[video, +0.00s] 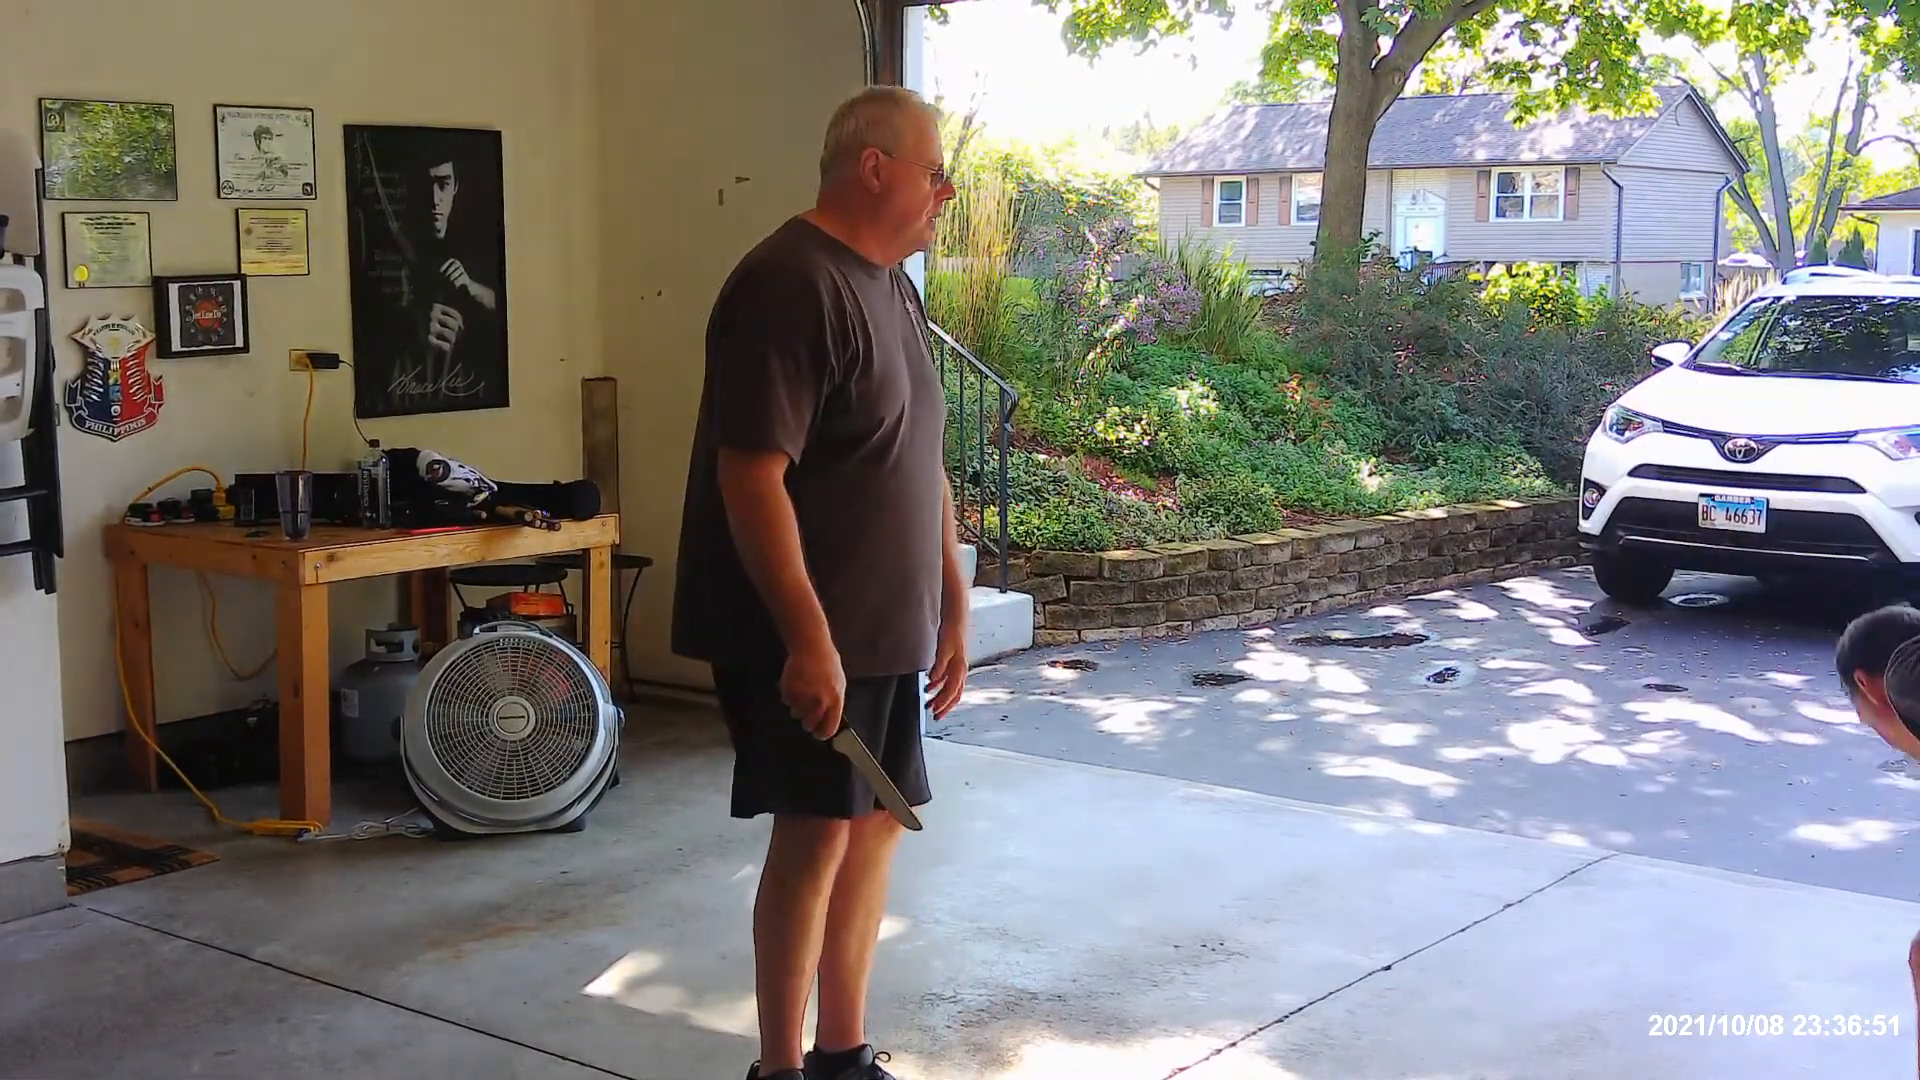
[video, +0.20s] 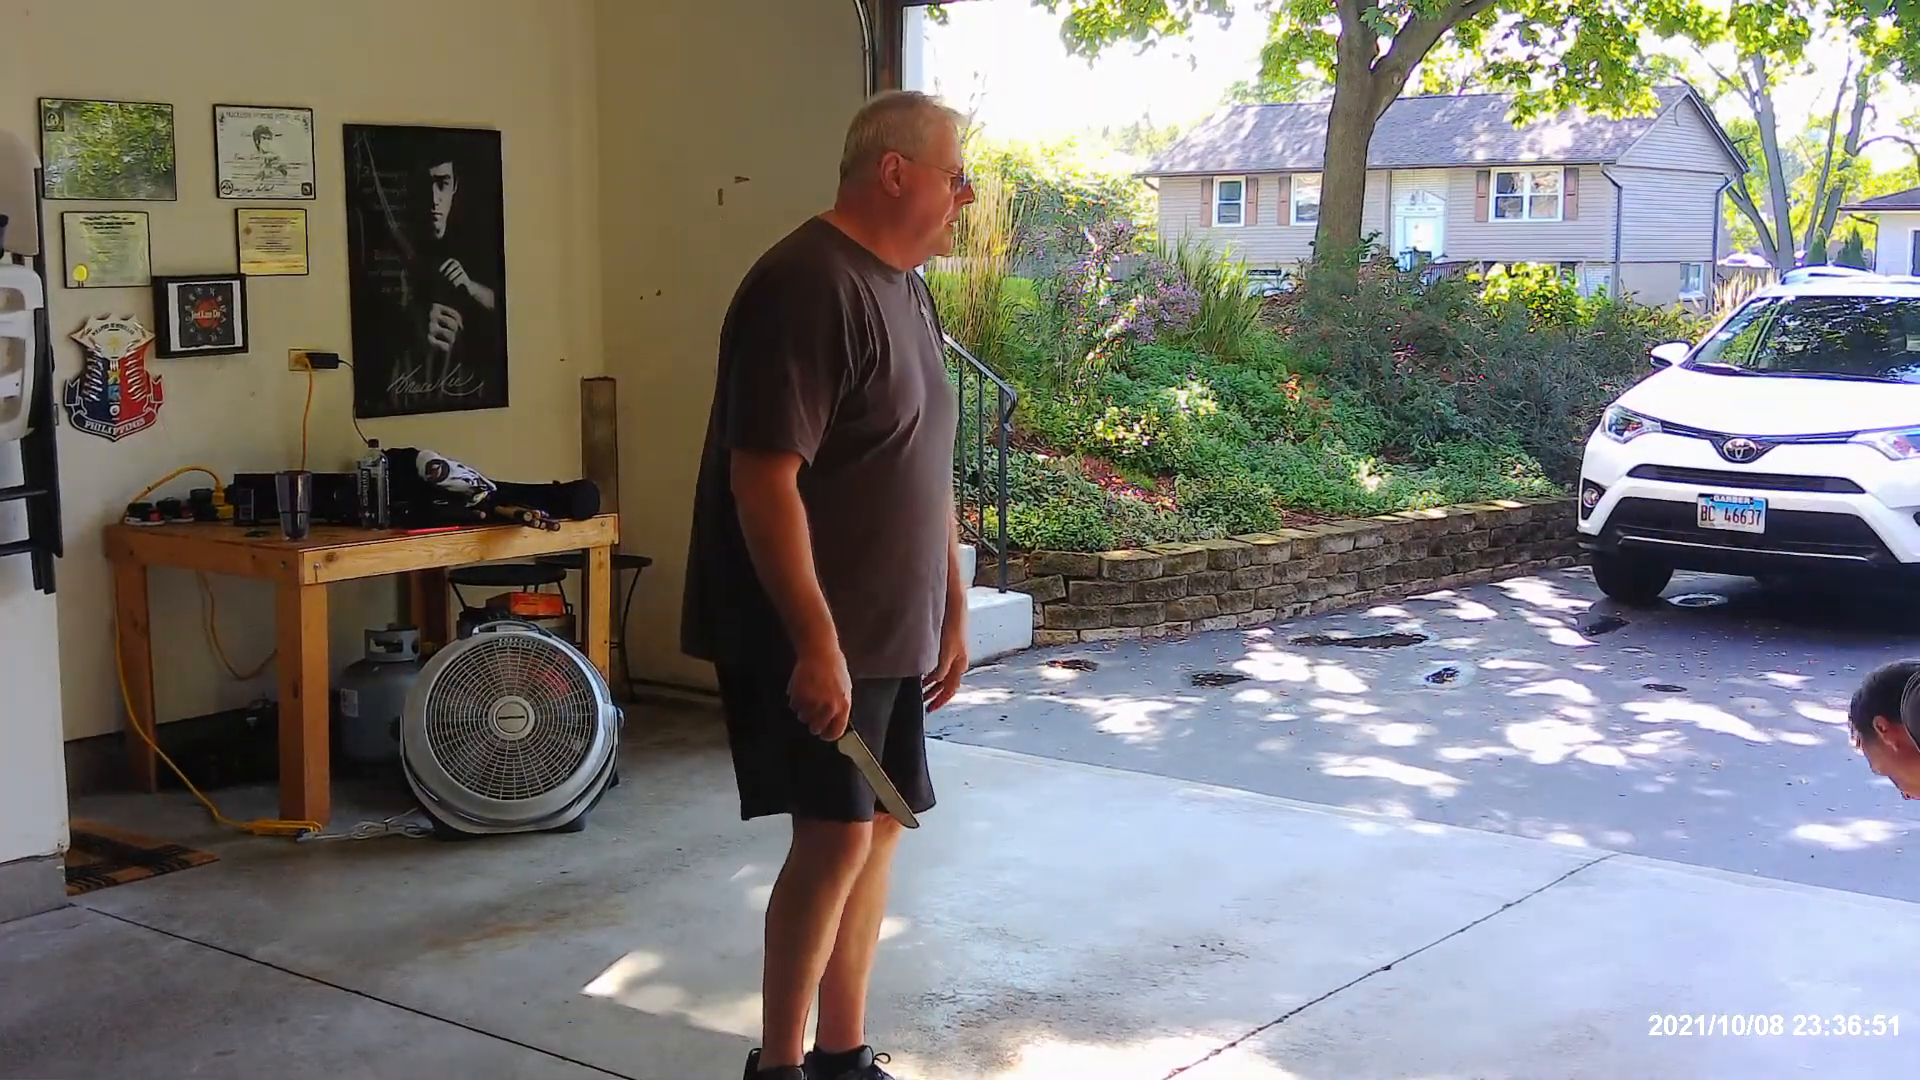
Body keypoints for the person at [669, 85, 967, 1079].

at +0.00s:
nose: (945, 195)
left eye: (945, 176)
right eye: (934, 174)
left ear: (876, 173)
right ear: (875, 170)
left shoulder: (889, 287)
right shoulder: (784, 284)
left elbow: (919, 463)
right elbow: (750, 475)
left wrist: (955, 598)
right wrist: (806, 636)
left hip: (889, 632)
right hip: (804, 639)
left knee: (876, 827)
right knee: (811, 838)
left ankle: (841, 1052)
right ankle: (780, 1065)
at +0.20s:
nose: (963, 199)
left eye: (963, 179)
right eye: (953, 177)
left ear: (893, 177)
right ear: (895, 174)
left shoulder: (902, 288)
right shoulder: (802, 286)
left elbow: (920, 466)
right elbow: (763, 478)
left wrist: (952, 602)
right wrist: (814, 638)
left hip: (892, 631)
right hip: (814, 636)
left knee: (877, 828)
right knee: (831, 835)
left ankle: (840, 1051)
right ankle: (778, 1061)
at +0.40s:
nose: (965, 201)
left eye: (965, 181)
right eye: (954, 180)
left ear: (896, 179)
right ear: (894, 177)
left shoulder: (910, 289)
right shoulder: (802, 287)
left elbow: (933, 464)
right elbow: (763, 484)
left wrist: (968, 599)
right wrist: (817, 641)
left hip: (896, 629)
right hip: (815, 635)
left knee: (878, 828)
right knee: (835, 839)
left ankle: (839, 1054)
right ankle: (761, 1070)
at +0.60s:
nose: (944, 190)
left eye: (942, 170)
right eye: (932, 169)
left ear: (875, 175)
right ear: (867, 172)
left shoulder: (895, 288)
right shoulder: (788, 287)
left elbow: (927, 457)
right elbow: (754, 491)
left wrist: (989, 595)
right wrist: (815, 655)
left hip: (885, 630)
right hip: (800, 640)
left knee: (875, 830)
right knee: (812, 848)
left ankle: (838, 1057)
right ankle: (756, 1074)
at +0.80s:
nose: (909, 176)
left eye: (907, 157)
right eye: (893, 157)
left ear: (836, 168)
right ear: (827, 167)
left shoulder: (869, 276)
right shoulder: (751, 295)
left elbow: (908, 440)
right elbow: (721, 496)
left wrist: (977, 561)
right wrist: (804, 655)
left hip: (869, 629)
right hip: (776, 640)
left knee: (861, 836)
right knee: (793, 851)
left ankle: (832, 1053)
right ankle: (746, 1073)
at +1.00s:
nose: (894, 167)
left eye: (889, 148)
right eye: (876, 150)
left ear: (819, 166)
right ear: (809, 166)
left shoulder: (866, 274)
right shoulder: (733, 295)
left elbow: (909, 429)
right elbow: (698, 505)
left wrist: (959, 544)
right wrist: (810, 646)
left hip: (872, 631)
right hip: (773, 647)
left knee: (883, 826)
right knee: (787, 854)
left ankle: (845, 1050)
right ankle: (750, 1072)